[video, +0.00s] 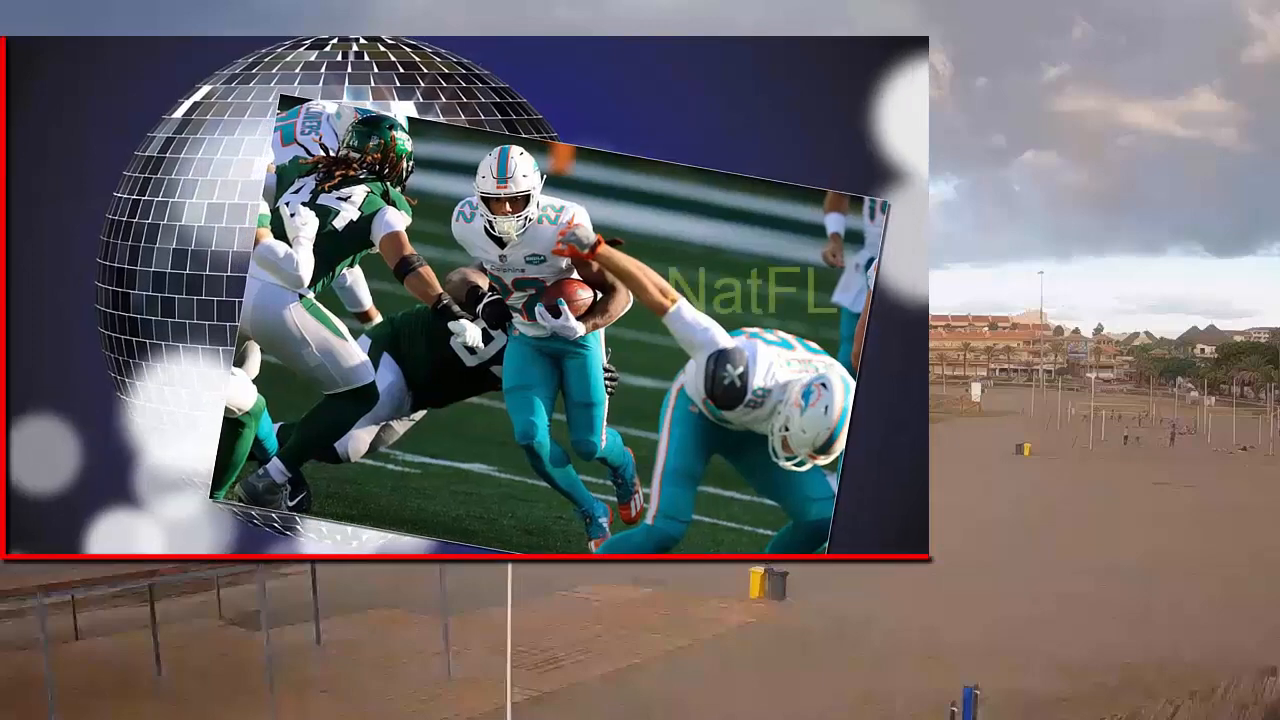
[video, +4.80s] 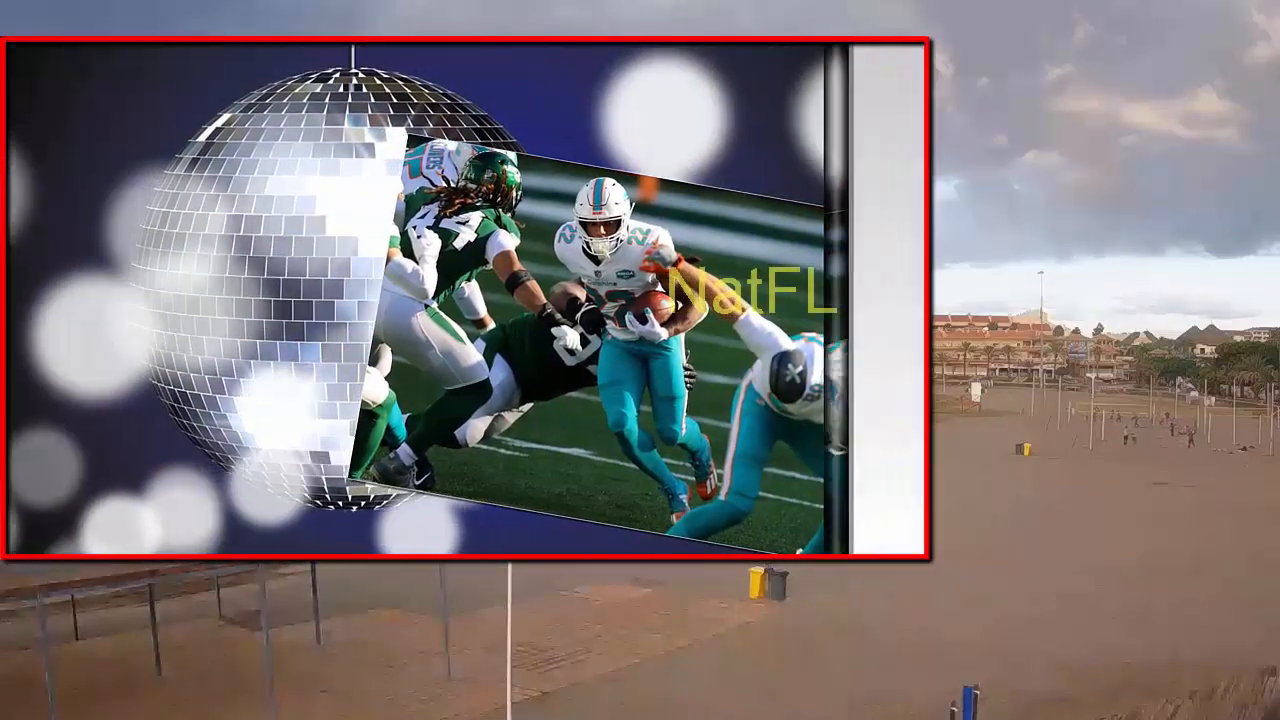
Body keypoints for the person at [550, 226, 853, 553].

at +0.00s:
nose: (800, 463)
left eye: (813, 458)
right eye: (794, 452)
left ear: (841, 431)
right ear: (782, 414)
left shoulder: (848, 414)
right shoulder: (738, 374)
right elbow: (663, 299)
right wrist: (596, 249)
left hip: (759, 428)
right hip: (698, 406)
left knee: (822, 517)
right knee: (666, 528)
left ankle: (757, 587)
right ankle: (582, 578)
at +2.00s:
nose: (818, 456)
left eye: (831, 453)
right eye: (813, 444)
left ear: (857, 429)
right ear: (805, 411)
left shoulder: (868, 416)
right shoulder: (758, 368)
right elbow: (692, 303)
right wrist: (631, 257)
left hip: (781, 425)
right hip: (726, 401)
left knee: (841, 504)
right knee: (696, 519)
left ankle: (779, 581)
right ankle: (615, 567)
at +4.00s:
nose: (837, 446)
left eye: (852, 445)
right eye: (836, 434)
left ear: (873, 429)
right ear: (828, 404)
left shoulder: (885, 411)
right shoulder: (786, 372)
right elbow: (722, 305)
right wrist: (666, 264)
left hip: (803, 421)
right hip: (752, 400)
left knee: (861, 498)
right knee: (726, 508)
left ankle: (800, 571)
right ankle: (649, 555)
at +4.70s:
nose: (845, 446)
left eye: (855, 442)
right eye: (843, 438)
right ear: (839, 408)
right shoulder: (799, 377)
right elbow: (733, 307)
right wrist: (675, 264)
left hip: (812, 418)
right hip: (762, 397)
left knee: (860, 497)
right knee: (735, 504)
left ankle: (805, 564)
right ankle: (660, 551)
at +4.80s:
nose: (781, 407)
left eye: (789, 405)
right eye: (777, 401)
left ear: (818, 395)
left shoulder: (842, 398)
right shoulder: (779, 351)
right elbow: (730, 304)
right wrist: (677, 264)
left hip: (811, 420)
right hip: (762, 397)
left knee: (851, 497)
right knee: (737, 504)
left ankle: (805, 562)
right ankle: (664, 548)